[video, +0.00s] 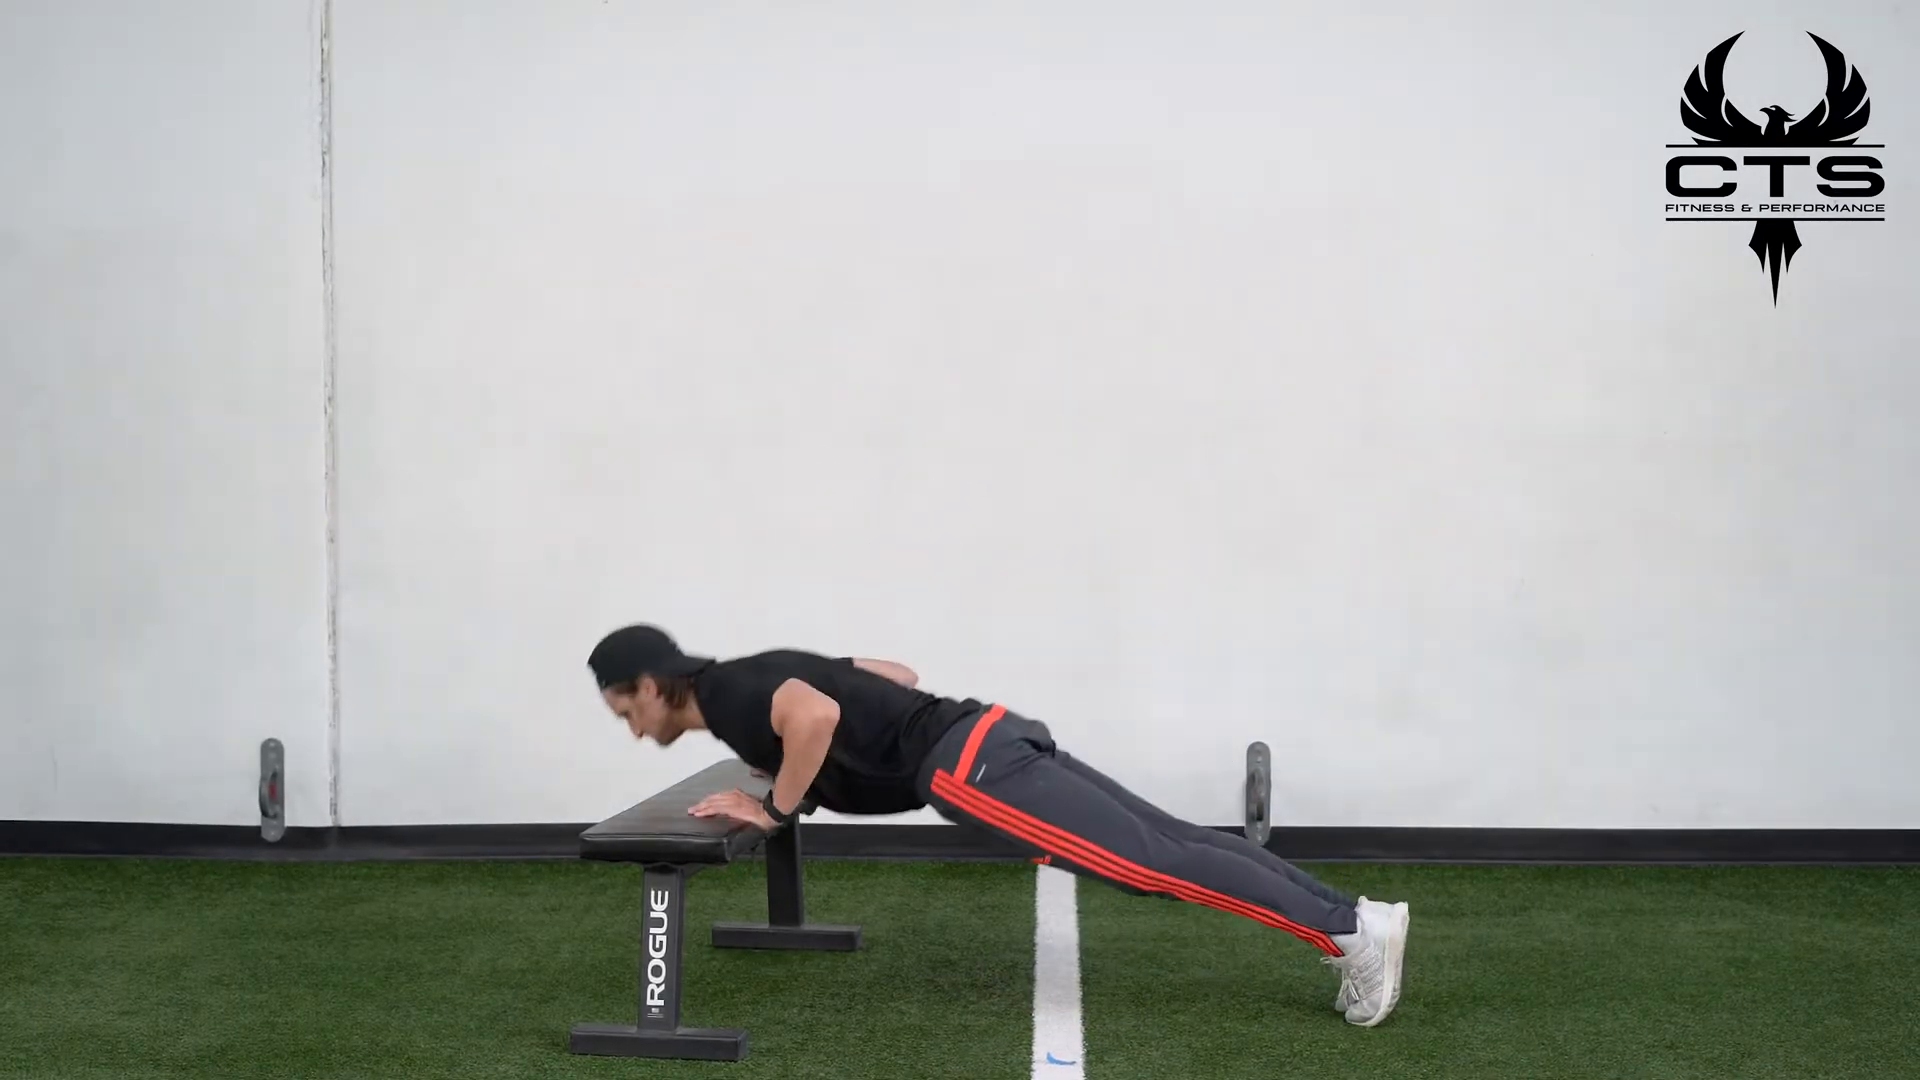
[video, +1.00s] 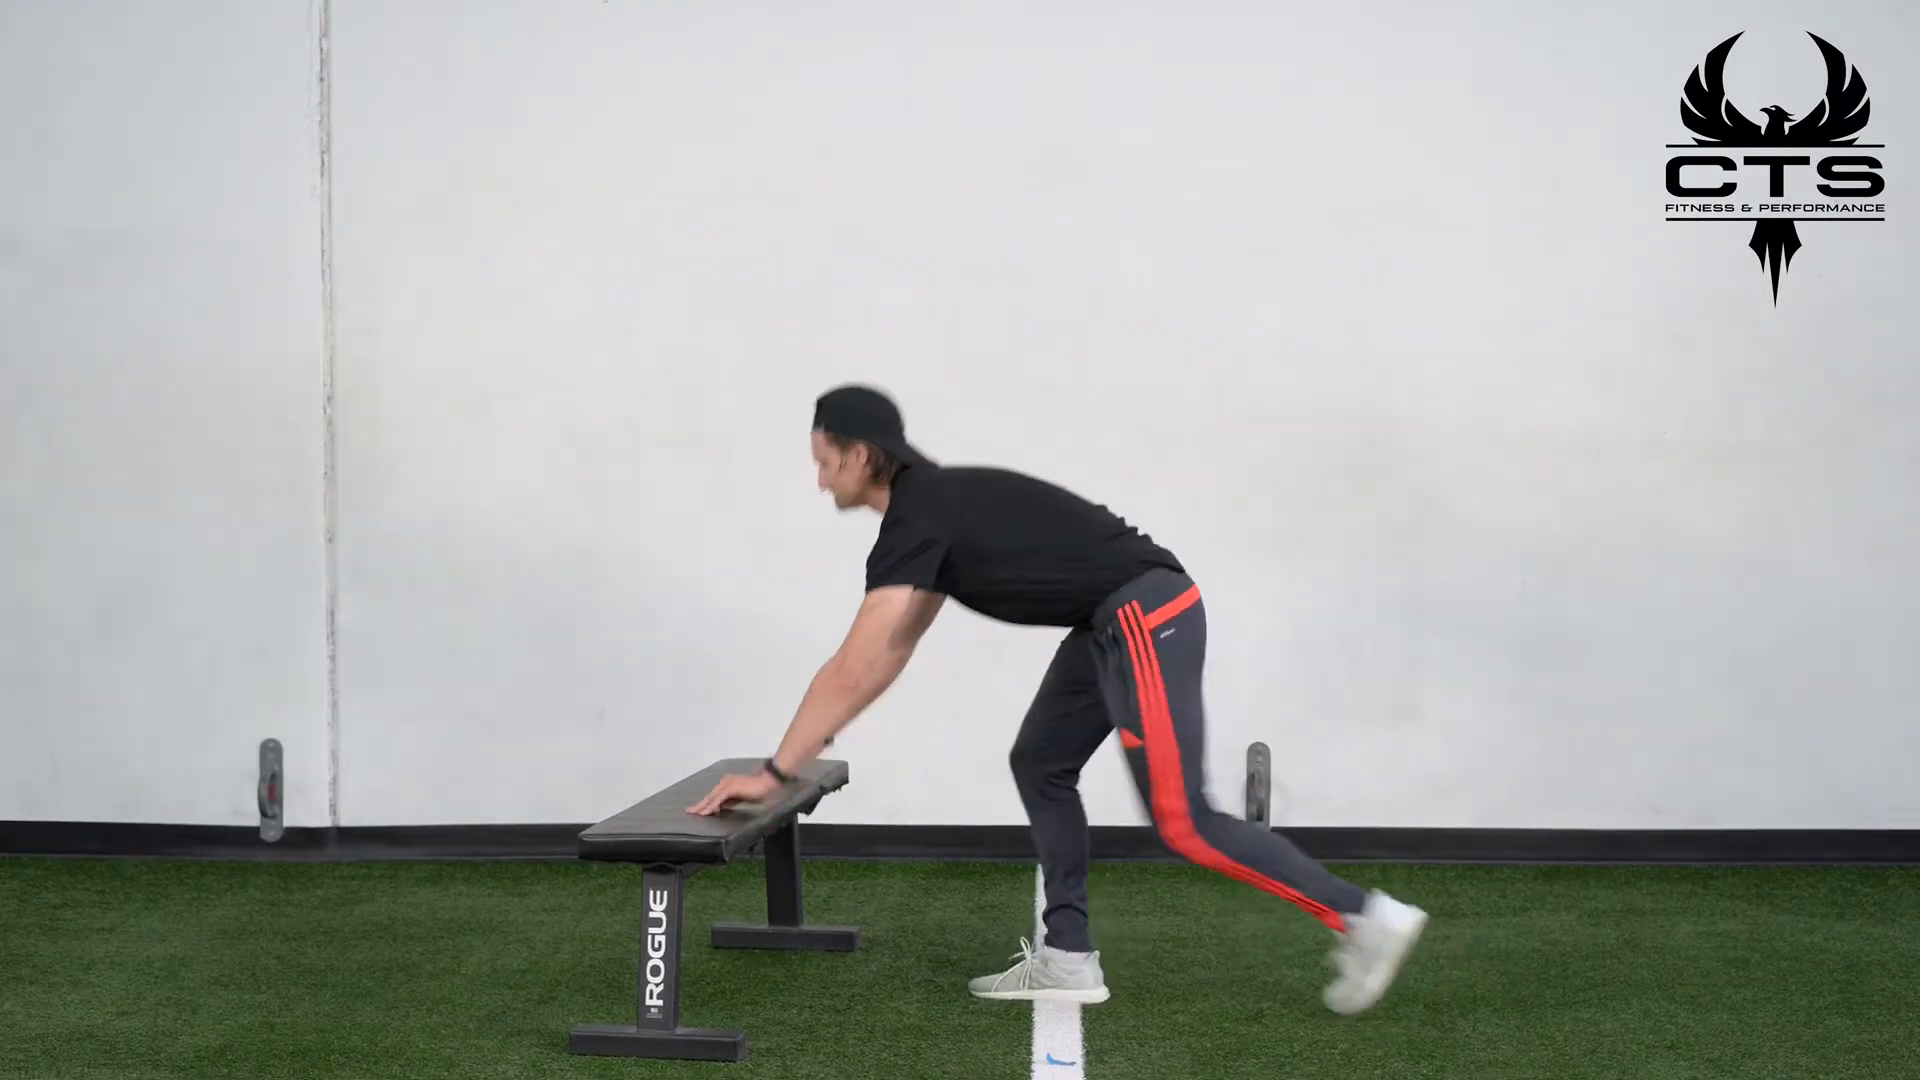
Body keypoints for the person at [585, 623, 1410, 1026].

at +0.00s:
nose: (627, 725)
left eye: (625, 710)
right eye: (619, 714)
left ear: (655, 686)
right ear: (663, 673)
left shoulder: (723, 694)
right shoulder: (758, 675)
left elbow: (811, 714)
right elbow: (897, 674)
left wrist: (772, 809)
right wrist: (888, 746)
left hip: (970, 765)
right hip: (992, 741)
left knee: (1151, 860)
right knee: (1164, 837)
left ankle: (1352, 934)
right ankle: (1353, 919)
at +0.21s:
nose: (670, 623)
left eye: (669, 605)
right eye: (665, 610)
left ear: (703, 586)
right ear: (712, 586)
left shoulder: (770, 614)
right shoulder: (799, 601)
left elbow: (827, 717)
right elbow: (876, 720)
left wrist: (776, 805)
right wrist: (814, 775)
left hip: (1011, 712)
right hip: (1031, 693)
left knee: (1177, 831)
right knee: (1189, 817)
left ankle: (1369, 932)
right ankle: (1363, 927)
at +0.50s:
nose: (755, 519)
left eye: (761, 502)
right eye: (751, 505)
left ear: (805, 490)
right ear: (802, 490)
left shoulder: (862, 545)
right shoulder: (878, 535)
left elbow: (839, 689)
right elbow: (885, 680)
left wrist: (777, 801)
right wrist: (828, 766)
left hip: (1090, 645)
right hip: (1093, 637)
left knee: (1232, 805)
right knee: (1228, 800)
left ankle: (1401, 940)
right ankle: (1390, 932)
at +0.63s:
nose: (779, 514)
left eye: (786, 498)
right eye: (776, 500)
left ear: (831, 491)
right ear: (840, 490)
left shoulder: (885, 547)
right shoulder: (908, 537)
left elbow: (846, 688)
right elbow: (887, 682)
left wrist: (777, 801)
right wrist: (825, 768)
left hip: (1126, 621)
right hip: (1119, 627)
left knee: (1243, 793)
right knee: (1145, 804)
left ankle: (1407, 946)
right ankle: (1307, 892)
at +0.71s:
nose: (793, 518)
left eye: (799, 502)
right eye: (790, 503)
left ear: (844, 496)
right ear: (854, 494)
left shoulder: (898, 550)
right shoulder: (921, 541)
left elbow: (856, 690)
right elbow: (894, 683)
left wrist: (778, 800)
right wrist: (828, 765)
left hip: (1144, 608)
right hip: (1128, 618)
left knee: (1260, 784)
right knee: (1073, 767)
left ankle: (1413, 946)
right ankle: (1217, 889)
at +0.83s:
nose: (803, 519)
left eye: (810, 503)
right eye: (801, 504)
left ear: (854, 498)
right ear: (862, 496)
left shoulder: (905, 549)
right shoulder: (927, 542)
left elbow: (860, 689)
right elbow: (893, 685)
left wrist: (777, 798)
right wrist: (822, 770)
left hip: (1147, 601)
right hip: (1120, 617)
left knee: (1266, 779)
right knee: (1028, 741)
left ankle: (1415, 944)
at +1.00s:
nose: (817, 474)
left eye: (822, 457)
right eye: (817, 457)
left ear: (863, 454)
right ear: (874, 451)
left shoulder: (917, 517)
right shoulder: (931, 512)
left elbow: (857, 664)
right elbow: (885, 659)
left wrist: (778, 769)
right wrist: (812, 742)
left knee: (1182, 820)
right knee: (1040, 768)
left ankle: (1365, 919)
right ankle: (1067, 955)